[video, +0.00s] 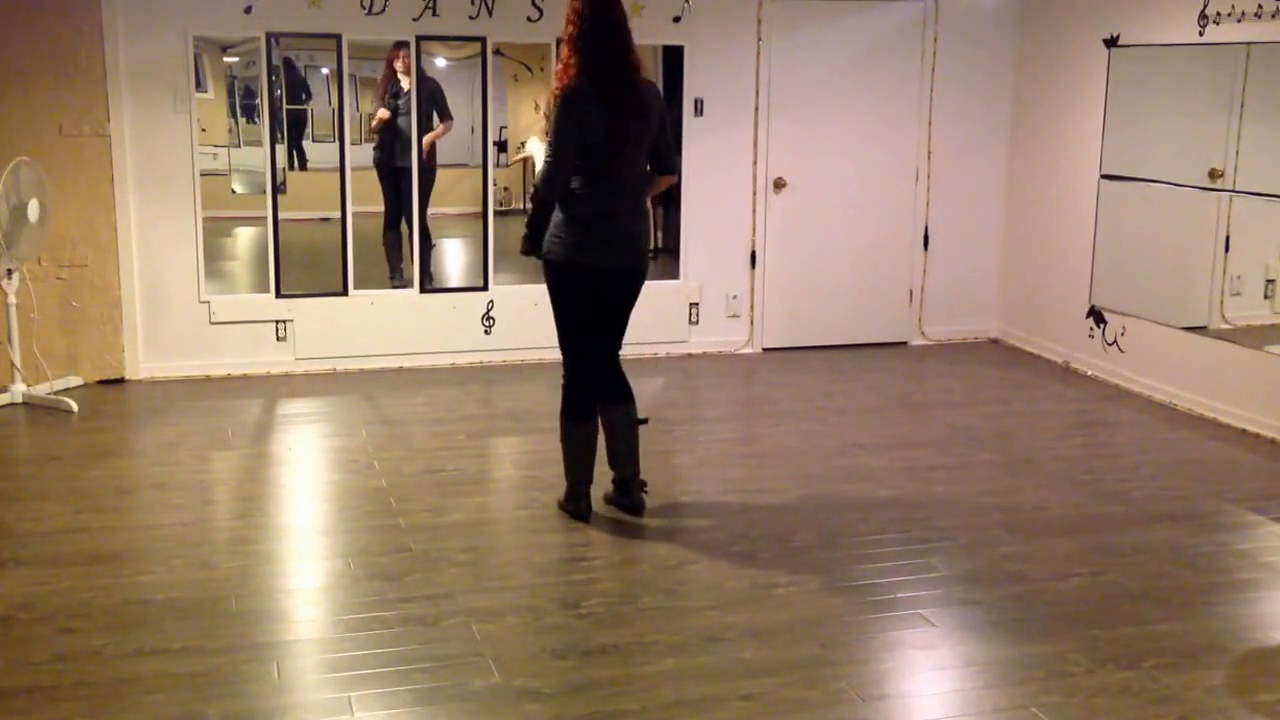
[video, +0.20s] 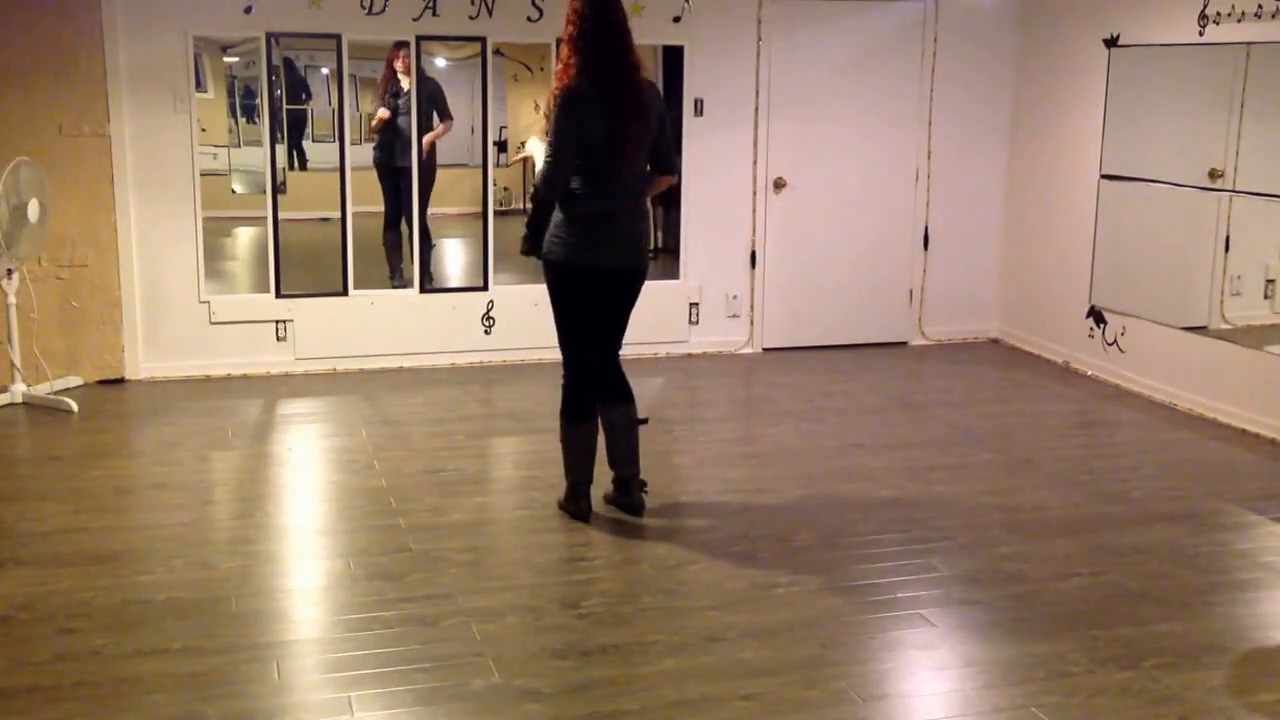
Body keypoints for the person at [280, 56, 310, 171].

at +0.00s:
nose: (282, 71)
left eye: (282, 68)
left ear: (282, 68)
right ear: (293, 65)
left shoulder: (282, 79)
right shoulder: (300, 78)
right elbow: (308, 94)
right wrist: (304, 101)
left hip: (287, 112)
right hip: (300, 112)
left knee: (288, 143)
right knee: (298, 142)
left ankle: (290, 168)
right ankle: (303, 166)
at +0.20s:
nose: (282, 70)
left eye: (282, 68)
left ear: (283, 67)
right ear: (293, 65)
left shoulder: (282, 79)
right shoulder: (300, 77)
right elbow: (308, 94)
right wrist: (304, 101)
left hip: (287, 112)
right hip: (300, 112)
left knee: (288, 143)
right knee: (298, 142)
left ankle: (290, 168)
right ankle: (303, 166)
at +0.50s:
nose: (284, 70)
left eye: (283, 67)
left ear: (283, 67)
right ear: (294, 65)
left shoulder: (282, 81)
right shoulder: (300, 77)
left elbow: (278, 96)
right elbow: (311, 91)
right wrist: (304, 98)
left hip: (289, 112)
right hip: (303, 112)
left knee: (291, 143)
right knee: (304, 142)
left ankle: (291, 168)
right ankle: (305, 168)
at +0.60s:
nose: (284, 70)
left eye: (283, 67)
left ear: (283, 67)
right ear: (294, 65)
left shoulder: (281, 81)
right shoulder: (300, 78)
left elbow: (277, 98)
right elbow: (310, 92)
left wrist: (279, 110)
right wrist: (304, 98)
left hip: (289, 113)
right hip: (304, 112)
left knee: (291, 143)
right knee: (305, 142)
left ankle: (291, 168)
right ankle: (305, 168)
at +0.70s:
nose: (283, 70)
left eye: (283, 67)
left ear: (283, 67)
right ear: (294, 65)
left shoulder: (281, 82)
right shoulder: (301, 79)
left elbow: (277, 99)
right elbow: (309, 94)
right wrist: (301, 99)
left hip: (290, 113)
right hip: (305, 112)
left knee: (291, 144)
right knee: (305, 142)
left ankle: (290, 169)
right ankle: (305, 169)